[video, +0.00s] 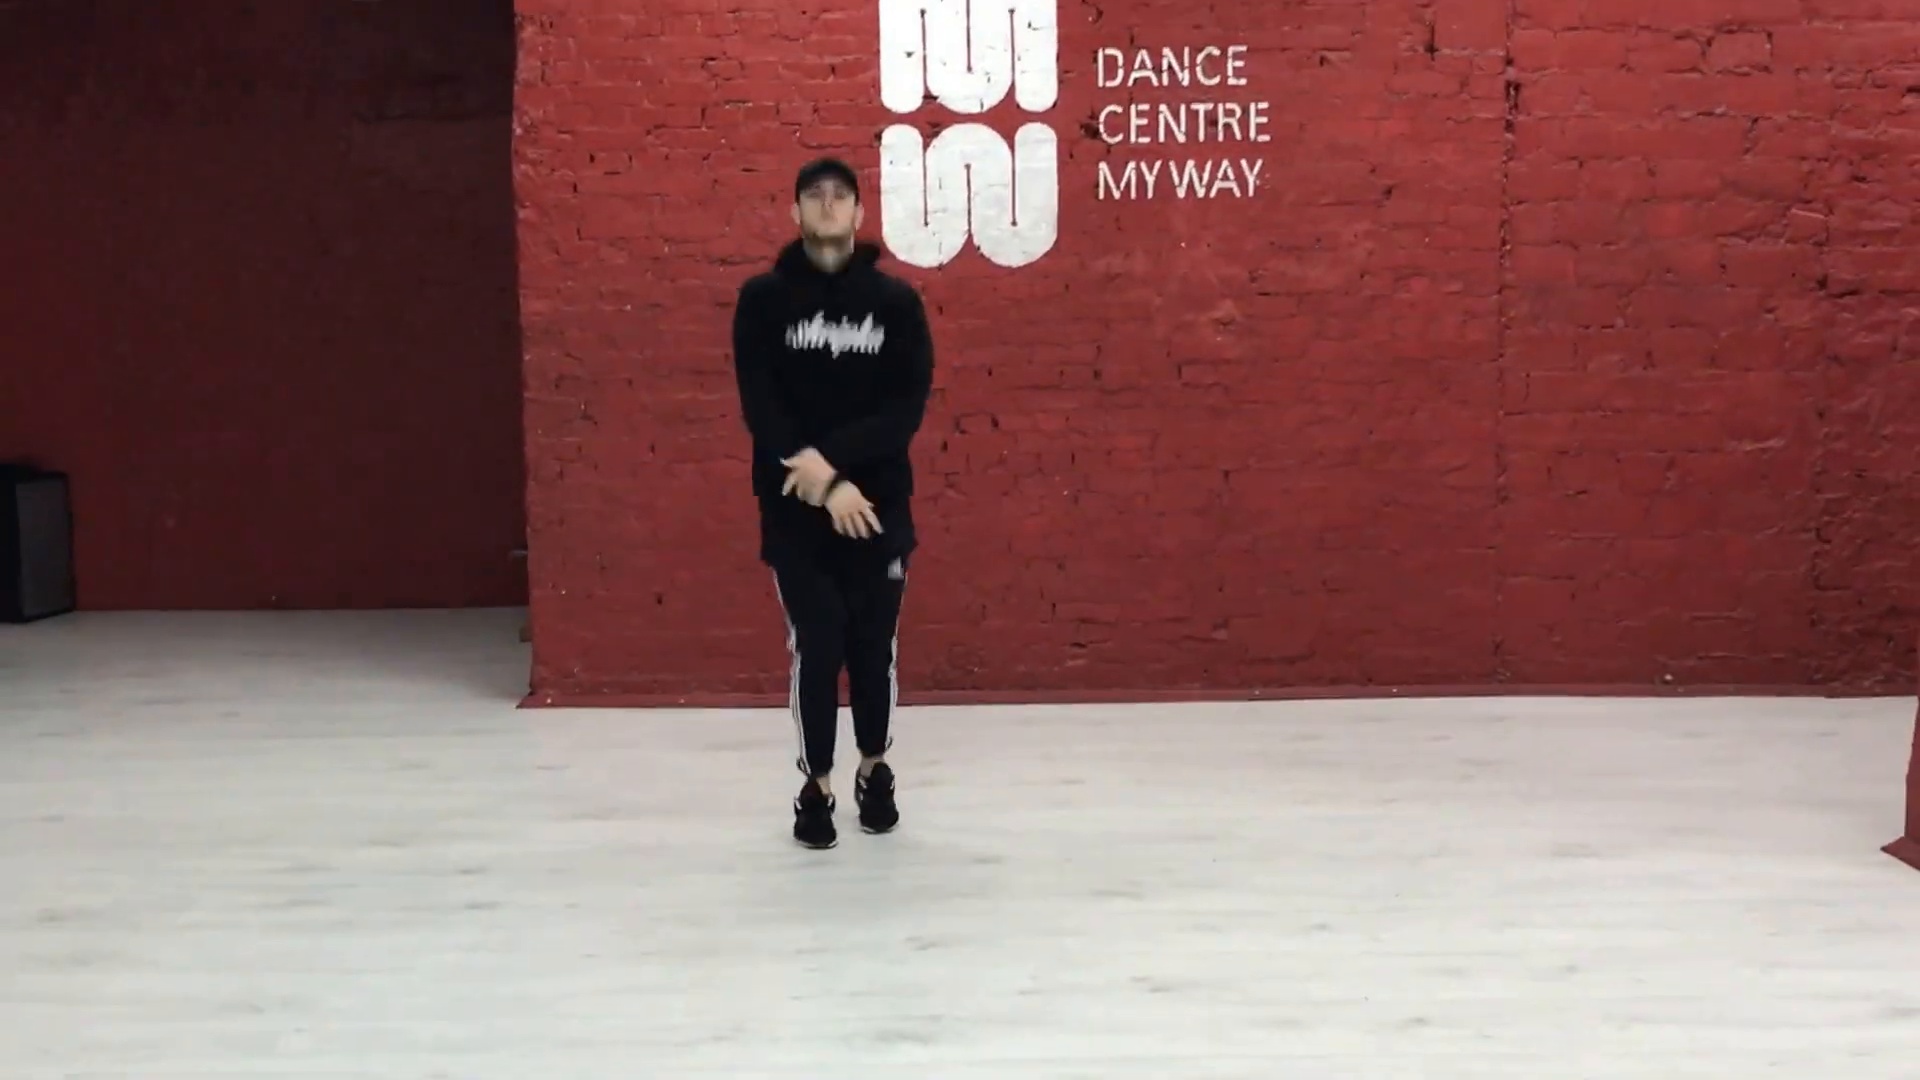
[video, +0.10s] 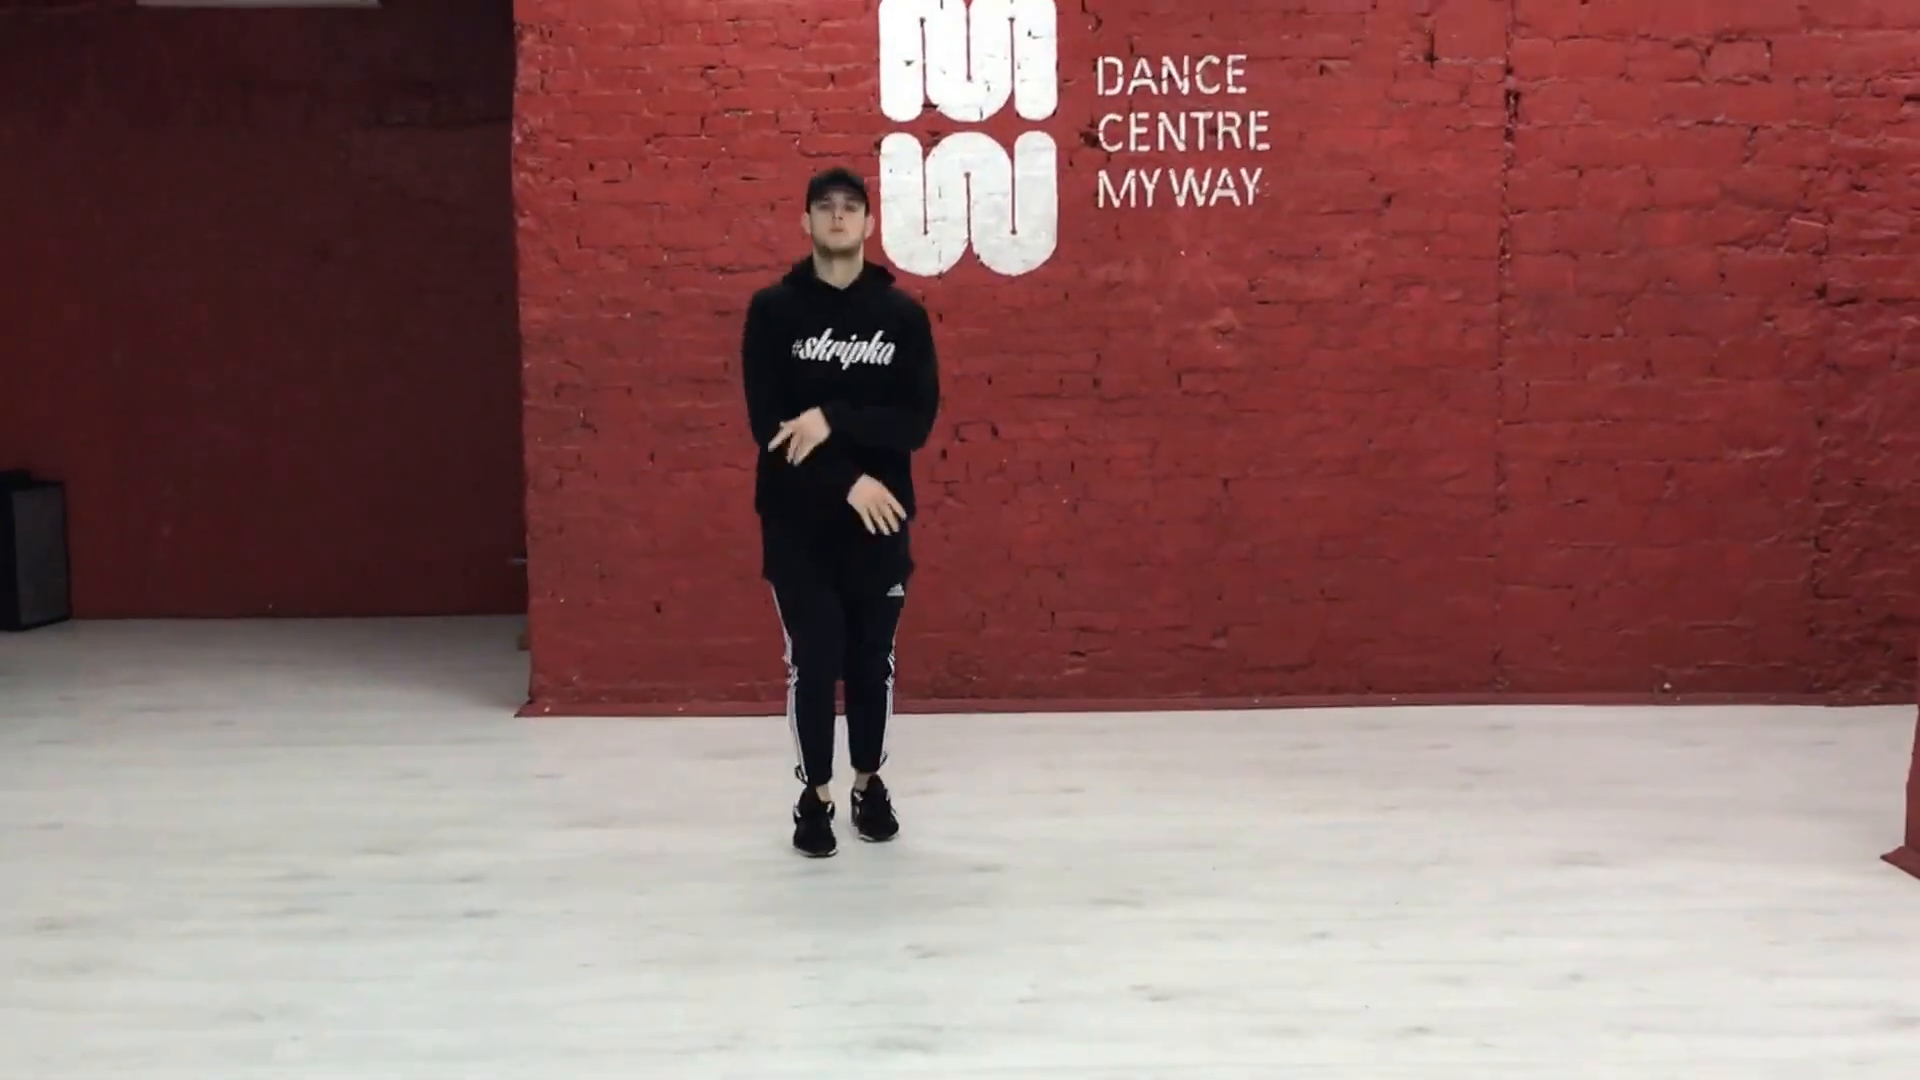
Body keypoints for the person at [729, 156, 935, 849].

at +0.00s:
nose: (829, 210)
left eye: (840, 198)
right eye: (815, 199)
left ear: (858, 209)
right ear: (797, 211)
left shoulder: (896, 300)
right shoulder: (763, 299)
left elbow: (906, 410)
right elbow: (763, 411)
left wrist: (831, 455)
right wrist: (827, 481)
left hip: (880, 499)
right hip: (796, 498)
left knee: (873, 647)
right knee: (818, 646)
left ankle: (874, 771)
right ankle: (817, 786)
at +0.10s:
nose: (839, 219)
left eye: (851, 209)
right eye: (826, 209)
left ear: (868, 221)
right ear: (807, 222)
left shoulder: (903, 313)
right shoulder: (773, 308)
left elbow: (916, 418)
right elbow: (770, 421)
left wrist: (832, 417)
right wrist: (849, 478)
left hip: (879, 512)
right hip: (797, 512)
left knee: (871, 657)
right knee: (815, 655)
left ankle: (868, 784)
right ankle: (816, 795)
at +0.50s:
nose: (886, 275)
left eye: (897, 261)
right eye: (877, 258)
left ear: (909, 251)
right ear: (846, 238)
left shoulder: (917, 307)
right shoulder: (792, 306)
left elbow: (967, 378)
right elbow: (720, 390)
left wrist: (1030, 442)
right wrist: (644, 470)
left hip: (903, 522)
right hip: (817, 523)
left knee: (914, 663)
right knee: (815, 670)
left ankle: (870, 799)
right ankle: (783, 810)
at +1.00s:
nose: (928, 367)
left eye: (938, 355)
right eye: (918, 353)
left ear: (949, 338)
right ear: (887, 329)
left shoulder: (964, 374)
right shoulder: (837, 373)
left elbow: (1036, 371)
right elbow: (743, 407)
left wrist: (1114, 336)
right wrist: (744, 382)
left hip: (965, 588)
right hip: (874, 595)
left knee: (1041, 707)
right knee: (849, 737)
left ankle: (1051, 867)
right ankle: (890, 884)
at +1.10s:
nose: (947, 380)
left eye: (957, 368)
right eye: (938, 366)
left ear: (967, 351)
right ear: (907, 343)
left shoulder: (975, 386)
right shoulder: (854, 384)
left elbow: (1055, 392)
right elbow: (753, 446)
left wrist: (1135, 334)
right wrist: (767, 400)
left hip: (957, 602)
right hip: (879, 609)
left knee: (1031, 723)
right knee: (915, 746)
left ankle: (1064, 890)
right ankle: (846, 892)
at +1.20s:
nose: (951, 412)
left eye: (962, 400)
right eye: (941, 399)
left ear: (976, 377)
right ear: (915, 372)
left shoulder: (987, 404)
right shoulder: (871, 405)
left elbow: (1049, 375)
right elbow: (808, 443)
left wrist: (1090, 356)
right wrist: (849, 353)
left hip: (944, 620)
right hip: (864, 622)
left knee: (1012, 750)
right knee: (930, 758)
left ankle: (1057, 899)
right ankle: (842, 903)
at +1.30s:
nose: (927, 414)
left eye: (938, 404)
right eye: (916, 402)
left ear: (953, 386)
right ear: (893, 378)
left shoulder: (964, 413)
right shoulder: (858, 399)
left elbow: (1048, 461)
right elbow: (852, 468)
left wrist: (1064, 530)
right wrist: (946, 467)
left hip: (928, 621)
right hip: (844, 623)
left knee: (1008, 714)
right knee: (893, 757)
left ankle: (985, 861)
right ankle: (833, 916)